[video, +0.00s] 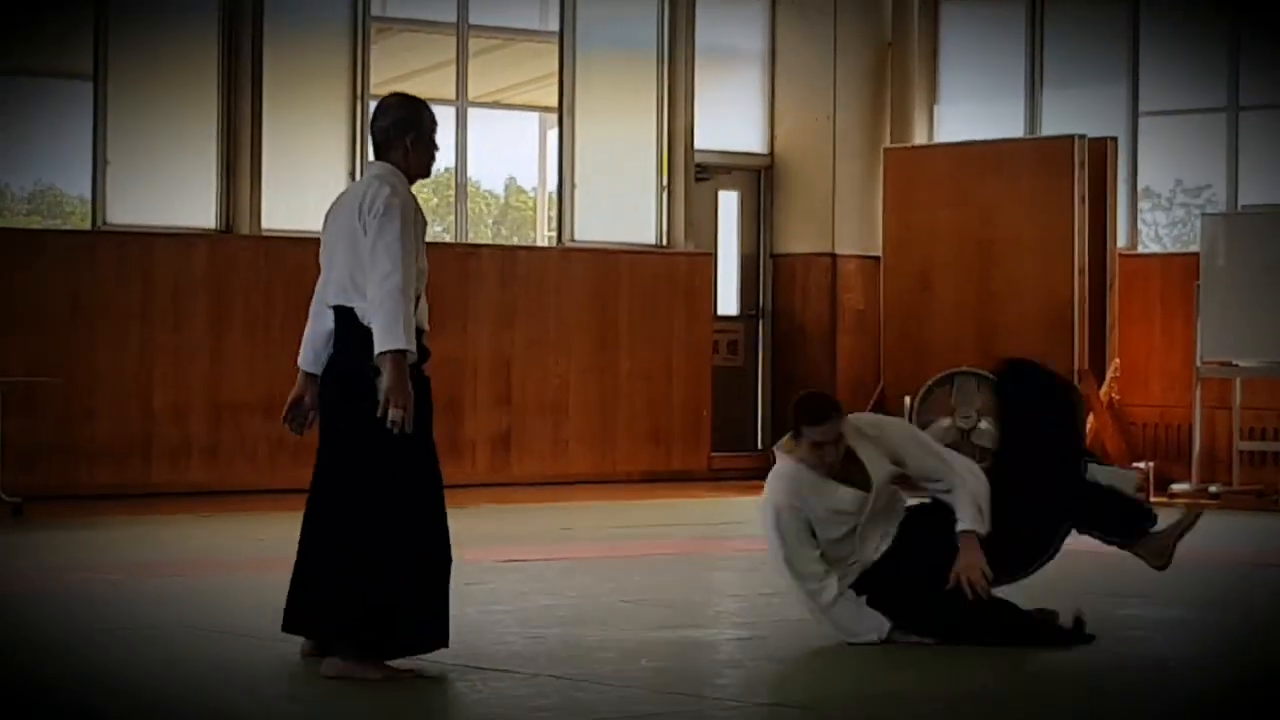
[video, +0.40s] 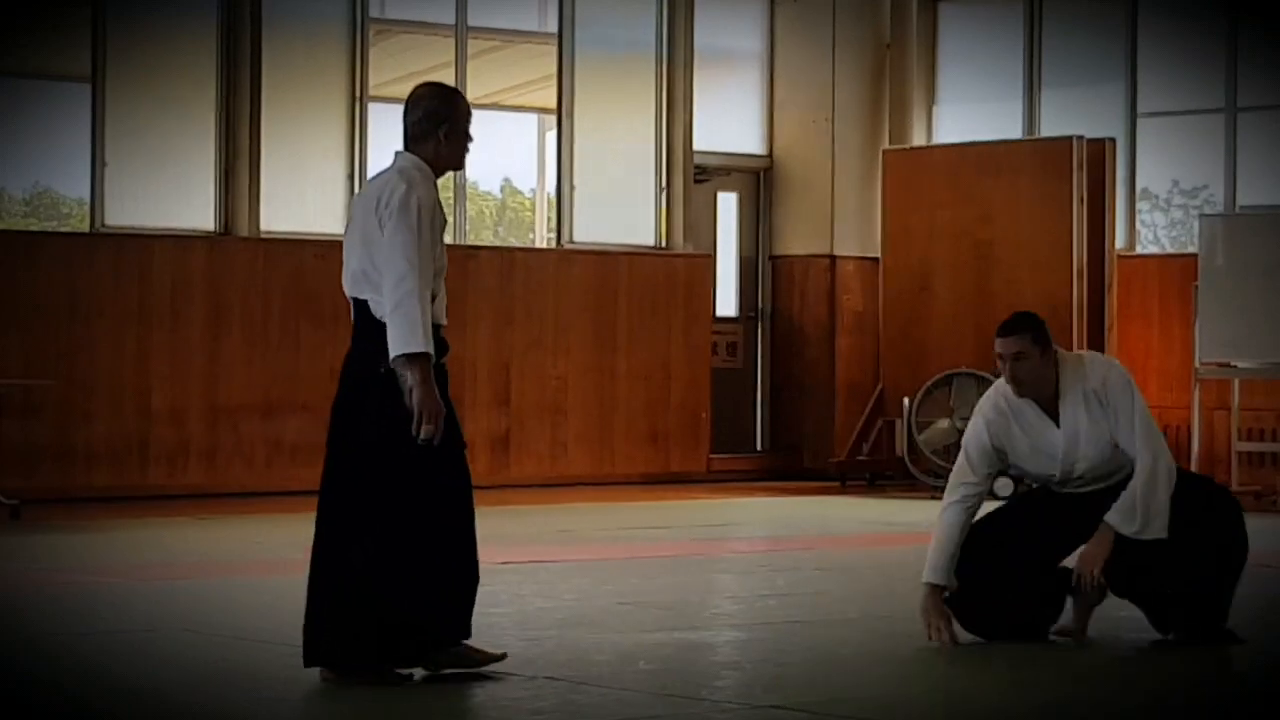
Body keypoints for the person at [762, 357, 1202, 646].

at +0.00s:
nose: (833, 453)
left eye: (839, 440)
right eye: (819, 447)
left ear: (847, 427)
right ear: (796, 443)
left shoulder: (870, 429)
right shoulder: (785, 497)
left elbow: (963, 471)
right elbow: (819, 586)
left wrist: (971, 543)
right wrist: (879, 631)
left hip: (918, 530)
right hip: (875, 583)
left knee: (1035, 482)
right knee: (949, 616)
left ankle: (1143, 538)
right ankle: (1042, 627)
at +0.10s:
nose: (885, 425)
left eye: (893, 413)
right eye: (873, 416)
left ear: (910, 401)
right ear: (858, 411)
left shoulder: (950, 417)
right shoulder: (845, 455)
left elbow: (1025, 478)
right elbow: (839, 550)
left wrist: (1007, 557)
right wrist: (886, 622)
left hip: (981, 523)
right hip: (920, 560)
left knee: (1089, 524)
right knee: (958, 620)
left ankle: (1163, 610)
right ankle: (1044, 629)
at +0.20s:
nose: (938, 409)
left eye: (948, 396)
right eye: (928, 399)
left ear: (972, 386)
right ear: (918, 396)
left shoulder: (1017, 410)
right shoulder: (906, 441)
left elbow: (1072, 484)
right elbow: (880, 525)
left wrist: (1038, 555)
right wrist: (895, 623)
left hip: (1041, 516)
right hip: (975, 542)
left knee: (1134, 503)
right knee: (958, 604)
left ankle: (1177, 611)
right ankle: (1062, 625)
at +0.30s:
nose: (979, 396)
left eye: (990, 383)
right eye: (972, 384)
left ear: (1018, 376)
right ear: (966, 384)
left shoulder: (1068, 399)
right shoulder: (959, 435)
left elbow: (1120, 477)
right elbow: (932, 518)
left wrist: (1073, 547)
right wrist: (906, 614)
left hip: (1087, 511)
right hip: (1020, 529)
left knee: (1184, 504)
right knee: (961, 603)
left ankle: (1192, 627)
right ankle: (1056, 623)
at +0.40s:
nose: (1008, 371)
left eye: (1019, 359)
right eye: (1001, 360)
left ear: (1049, 353)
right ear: (995, 359)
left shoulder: (1104, 378)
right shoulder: (993, 410)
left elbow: (1155, 463)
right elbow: (960, 495)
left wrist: (1107, 536)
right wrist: (933, 586)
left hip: (1125, 494)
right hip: (1051, 505)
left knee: (1214, 513)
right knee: (972, 561)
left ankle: (1194, 626)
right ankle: (1058, 593)